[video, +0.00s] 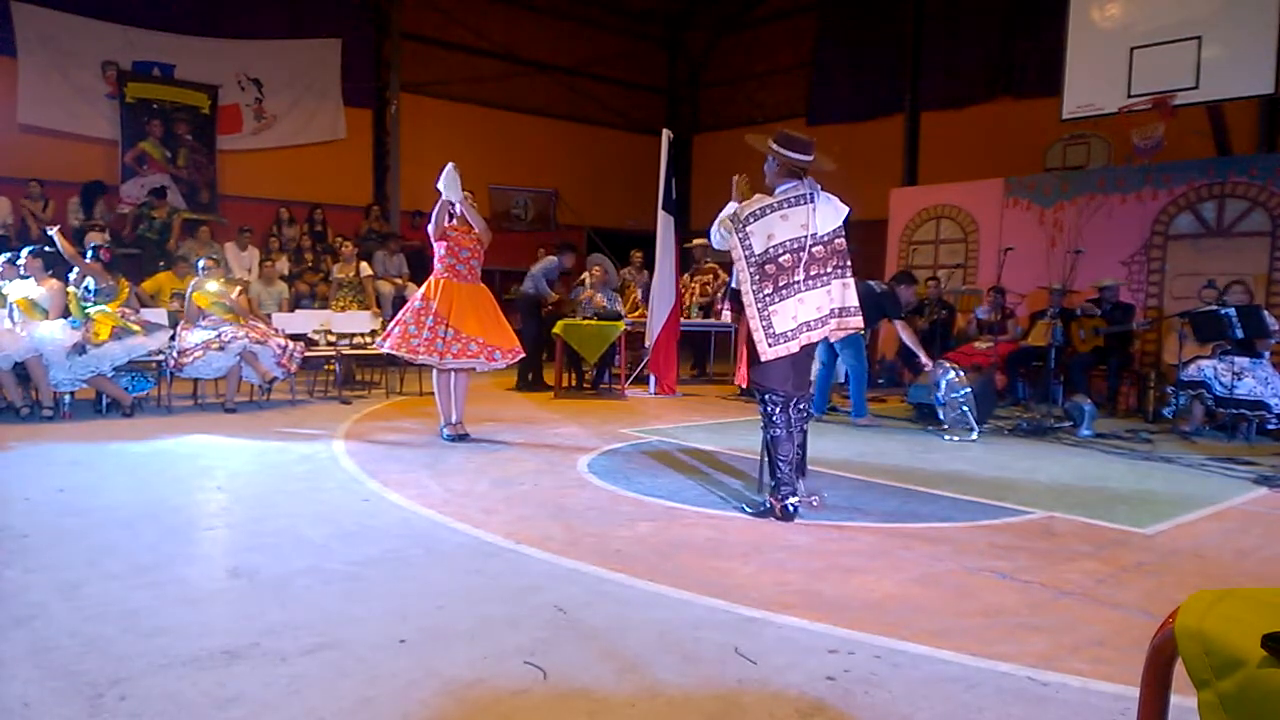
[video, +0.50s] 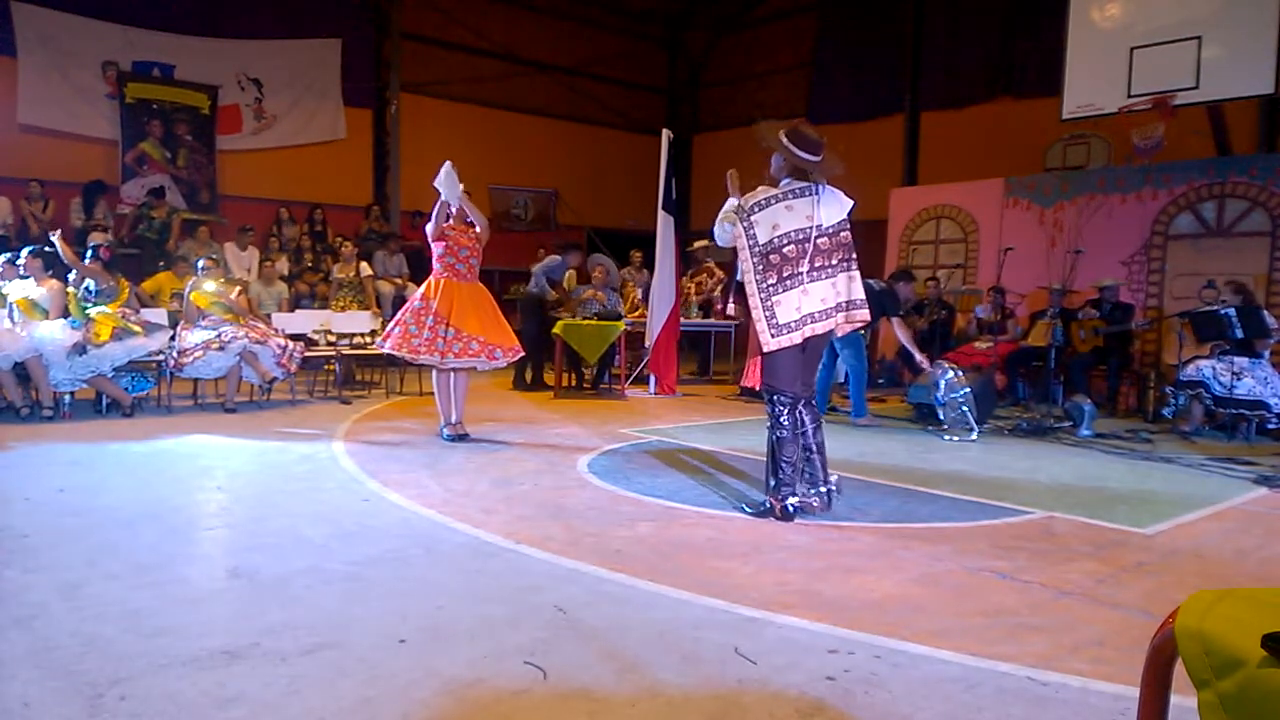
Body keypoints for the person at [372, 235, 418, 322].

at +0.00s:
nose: (397, 245)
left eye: (398, 242)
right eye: (394, 242)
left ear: (400, 244)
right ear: (387, 243)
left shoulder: (400, 256)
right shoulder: (379, 254)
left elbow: (405, 271)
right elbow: (380, 273)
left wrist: (404, 282)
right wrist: (395, 283)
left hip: (398, 278)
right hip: (383, 278)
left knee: (413, 290)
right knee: (387, 291)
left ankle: (418, 316)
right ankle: (387, 317)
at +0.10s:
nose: (397, 245)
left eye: (398, 242)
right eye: (394, 242)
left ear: (399, 244)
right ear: (387, 243)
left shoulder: (400, 256)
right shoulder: (379, 254)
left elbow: (405, 271)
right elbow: (380, 273)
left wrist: (404, 282)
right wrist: (394, 283)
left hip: (397, 278)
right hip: (383, 278)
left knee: (413, 290)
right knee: (387, 291)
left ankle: (418, 316)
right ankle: (387, 318)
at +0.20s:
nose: (397, 245)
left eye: (398, 242)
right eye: (394, 242)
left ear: (399, 244)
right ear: (387, 243)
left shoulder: (400, 256)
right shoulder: (379, 254)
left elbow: (405, 271)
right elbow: (380, 273)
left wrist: (404, 282)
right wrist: (395, 283)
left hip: (397, 278)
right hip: (383, 278)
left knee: (413, 290)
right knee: (387, 291)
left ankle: (417, 316)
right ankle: (387, 318)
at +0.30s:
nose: (397, 245)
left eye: (398, 242)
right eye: (394, 242)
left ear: (399, 244)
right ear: (387, 243)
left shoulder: (400, 256)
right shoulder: (379, 254)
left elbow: (405, 272)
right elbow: (380, 273)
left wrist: (404, 282)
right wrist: (394, 283)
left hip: (397, 278)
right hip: (383, 278)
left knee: (413, 290)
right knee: (387, 291)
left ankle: (417, 316)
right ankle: (387, 318)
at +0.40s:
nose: (397, 245)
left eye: (398, 242)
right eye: (394, 242)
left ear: (399, 244)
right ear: (387, 243)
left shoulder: (400, 256)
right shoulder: (379, 254)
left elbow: (405, 272)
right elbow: (380, 273)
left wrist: (404, 282)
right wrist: (395, 283)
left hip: (397, 278)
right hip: (383, 278)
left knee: (413, 290)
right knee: (387, 291)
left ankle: (417, 316)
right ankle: (387, 318)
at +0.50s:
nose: (397, 245)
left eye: (398, 243)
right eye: (394, 242)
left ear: (399, 244)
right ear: (387, 243)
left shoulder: (400, 256)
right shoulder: (379, 254)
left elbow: (405, 272)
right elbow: (380, 273)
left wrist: (404, 282)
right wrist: (395, 283)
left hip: (397, 278)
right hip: (383, 278)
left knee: (413, 290)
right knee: (387, 291)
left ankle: (416, 316)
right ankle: (387, 318)